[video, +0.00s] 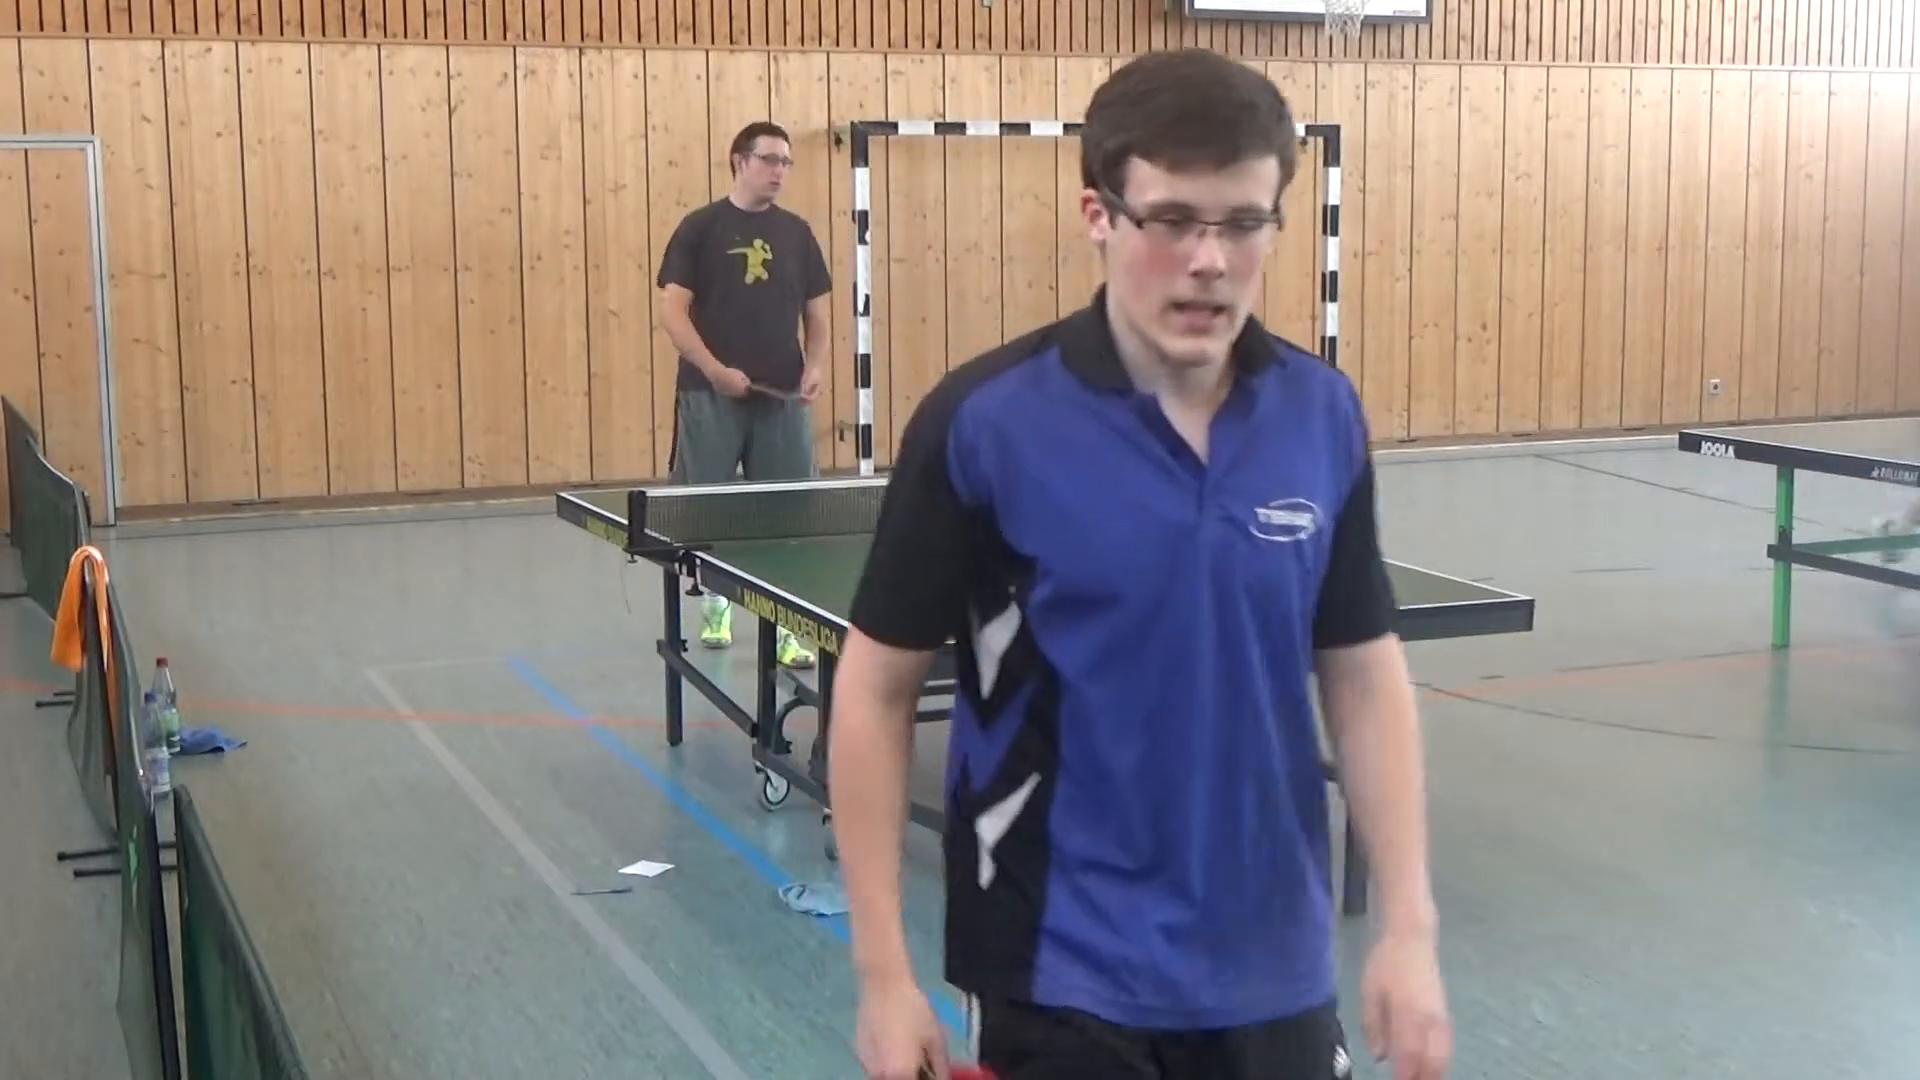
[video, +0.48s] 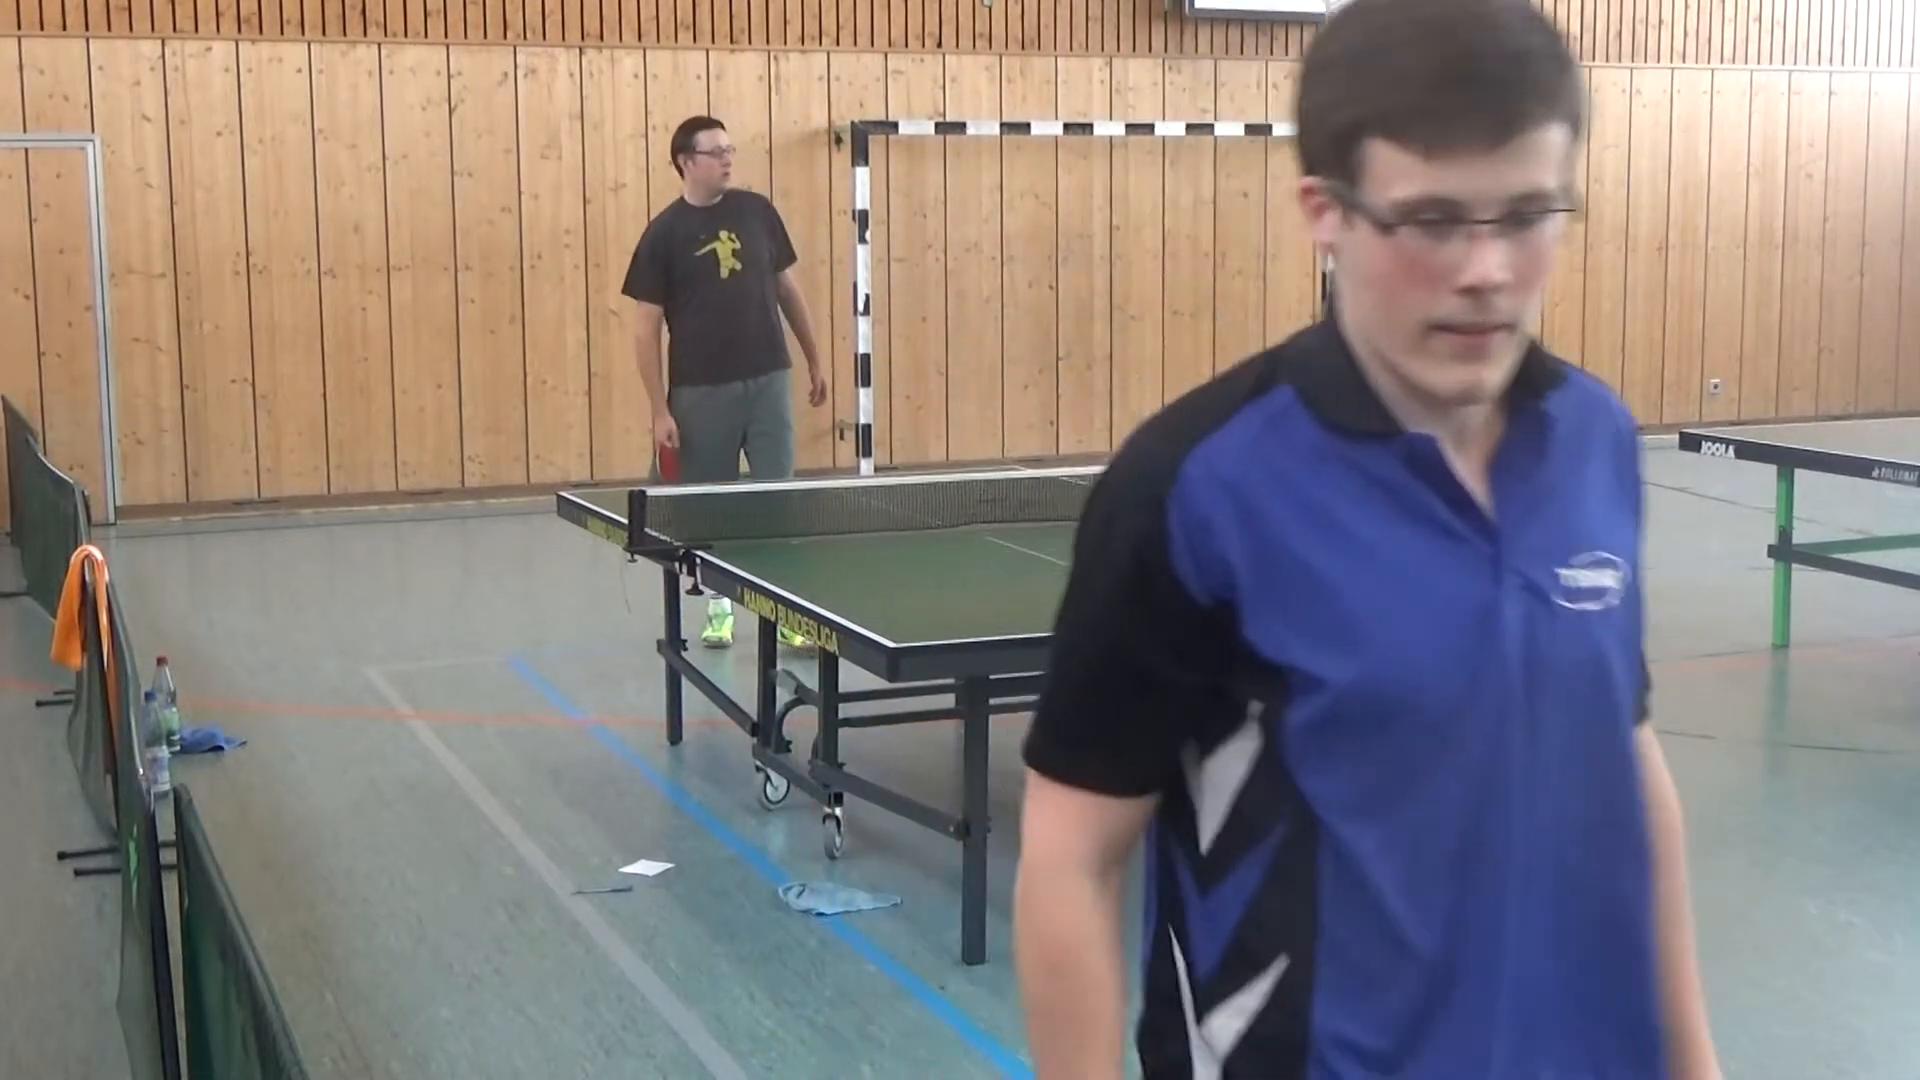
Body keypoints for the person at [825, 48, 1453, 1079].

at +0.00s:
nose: (1209, 260)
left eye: (1242, 223)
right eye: (1172, 220)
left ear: (1276, 225)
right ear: (1097, 219)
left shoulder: (1318, 415)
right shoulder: (979, 424)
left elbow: (1364, 676)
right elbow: (873, 689)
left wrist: (1407, 930)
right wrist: (883, 977)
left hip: (1274, 972)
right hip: (1067, 981)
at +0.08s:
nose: (1247, 268)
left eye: (1280, 228)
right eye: (1205, 228)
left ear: (1311, 231)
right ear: (1125, 234)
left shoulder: (1356, 429)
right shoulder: (1004, 450)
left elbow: (1411, 679)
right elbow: (903, 722)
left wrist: (1457, 900)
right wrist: (916, 1018)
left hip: (1302, 994)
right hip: (1096, 1014)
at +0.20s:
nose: (1296, 298)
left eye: (1327, 252)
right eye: (1250, 256)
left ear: (1363, 248)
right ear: (1165, 261)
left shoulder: (1415, 454)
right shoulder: (1047, 493)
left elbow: (1479, 703)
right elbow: (950, 795)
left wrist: (1530, 904)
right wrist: (951, 1059)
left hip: (1371, 1027)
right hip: (1157, 1043)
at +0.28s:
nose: (1330, 301)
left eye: (1363, 251)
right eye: (1284, 256)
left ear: (1401, 240)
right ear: (1191, 254)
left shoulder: (1457, 453)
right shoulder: (1075, 508)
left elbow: (1523, 728)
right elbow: (988, 828)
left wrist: (1579, 962)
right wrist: (979, 1068)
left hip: (1425, 1040)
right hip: (1197, 1054)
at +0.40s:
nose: (1408, 279)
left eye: (1445, 226)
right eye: (1358, 230)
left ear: (1488, 211)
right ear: (1256, 224)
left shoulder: (1532, 432)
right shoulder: (1135, 494)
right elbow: (1040, 837)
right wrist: (1038, 1069)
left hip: (1521, 1049)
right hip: (1269, 1059)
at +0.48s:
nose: (1486, 272)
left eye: (1525, 216)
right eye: (1432, 222)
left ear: (1566, 206)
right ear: (1324, 217)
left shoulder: (1593, 437)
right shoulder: (1187, 492)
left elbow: (1622, 754)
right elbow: (1070, 863)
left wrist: (1690, 1054)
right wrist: (1088, 1068)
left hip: (1592, 1053)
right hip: (1325, 1059)